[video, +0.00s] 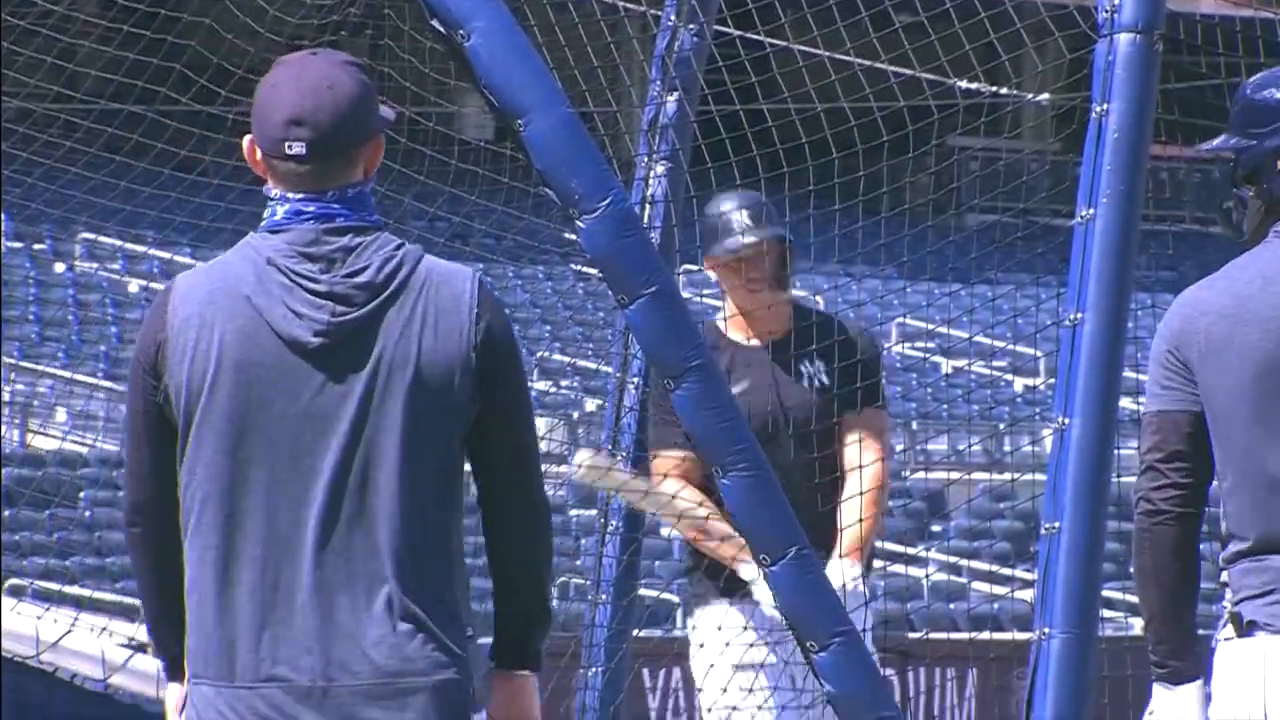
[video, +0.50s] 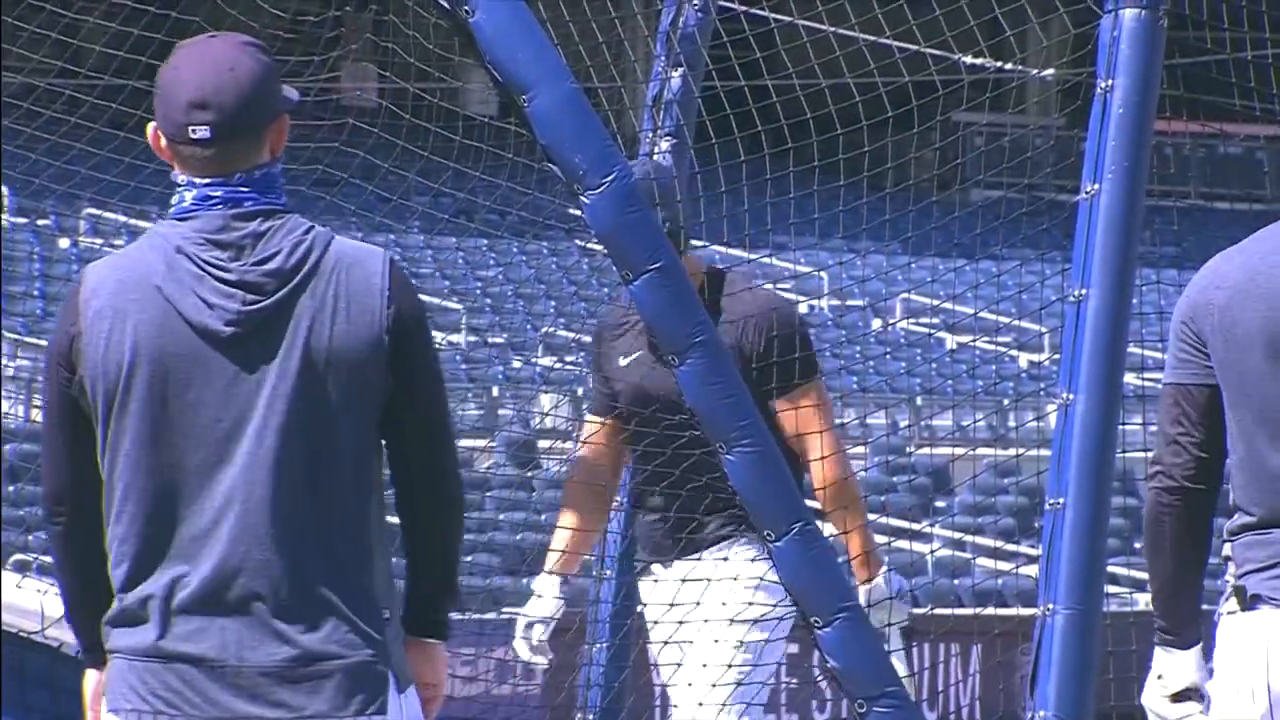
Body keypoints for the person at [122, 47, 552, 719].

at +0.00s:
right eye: (381, 138)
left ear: (253, 158)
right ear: (375, 156)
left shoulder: (183, 310)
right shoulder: (462, 303)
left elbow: (148, 513)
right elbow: (517, 505)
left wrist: (177, 670)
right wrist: (518, 665)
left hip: (236, 694)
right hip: (416, 693)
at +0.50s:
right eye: (286, 115)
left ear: (158, 145)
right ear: (280, 135)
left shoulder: (100, 295)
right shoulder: (371, 283)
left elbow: (69, 503)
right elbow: (430, 479)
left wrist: (99, 650)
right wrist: (428, 629)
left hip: (159, 683)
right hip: (339, 680)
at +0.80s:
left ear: (235, 135)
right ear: (358, 126)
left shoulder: (177, 286)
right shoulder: (450, 276)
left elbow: (123, 489)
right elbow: (492, 467)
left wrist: (129, 646)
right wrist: (459, 595)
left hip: (243, 673)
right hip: (419, 674)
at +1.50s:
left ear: (216, 116)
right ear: (341, 132)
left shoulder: (192, 268)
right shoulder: (408, 282)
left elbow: (139, 485)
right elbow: (420, 484)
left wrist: (114, 663)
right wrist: (378, 619)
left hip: (243, 670)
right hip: (384, 669)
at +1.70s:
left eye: (172, 92)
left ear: (178, 106)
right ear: (304, 128)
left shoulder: (150, 250)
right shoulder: (354, 280)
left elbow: (75, 459)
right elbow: (338, 477)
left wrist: (56, 631)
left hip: (177, 675)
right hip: (327, 677)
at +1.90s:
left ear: (199, 100)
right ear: (322, 126)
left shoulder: (169, 238)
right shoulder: (364, 273)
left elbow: (56, 438)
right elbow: (334, 465)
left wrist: (80, 548)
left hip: (170, 667)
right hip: (327, 671)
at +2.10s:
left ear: (191, 99)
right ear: (316, 122)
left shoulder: (143, 243)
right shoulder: (365, 270)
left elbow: (35, 426)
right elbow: (292, 456)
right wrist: (108, 532)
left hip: (163, 677)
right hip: (337, 686)